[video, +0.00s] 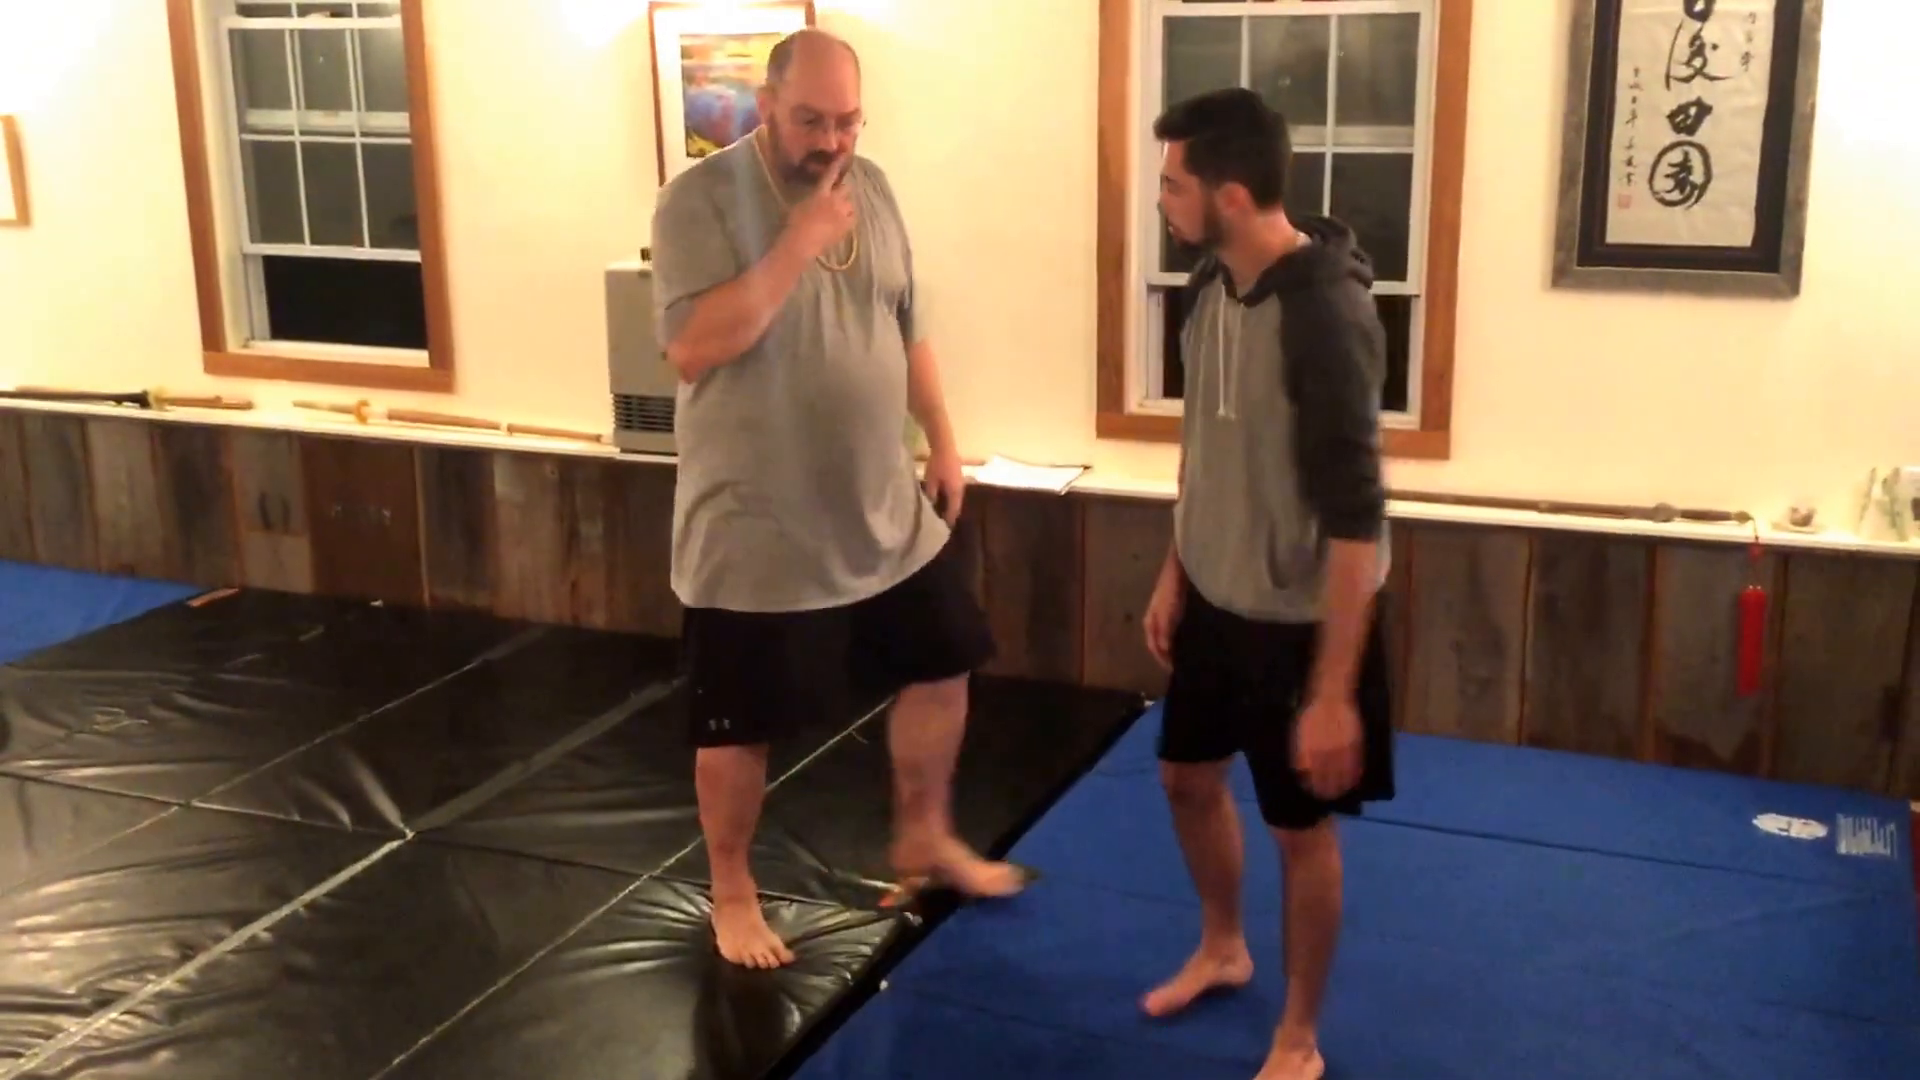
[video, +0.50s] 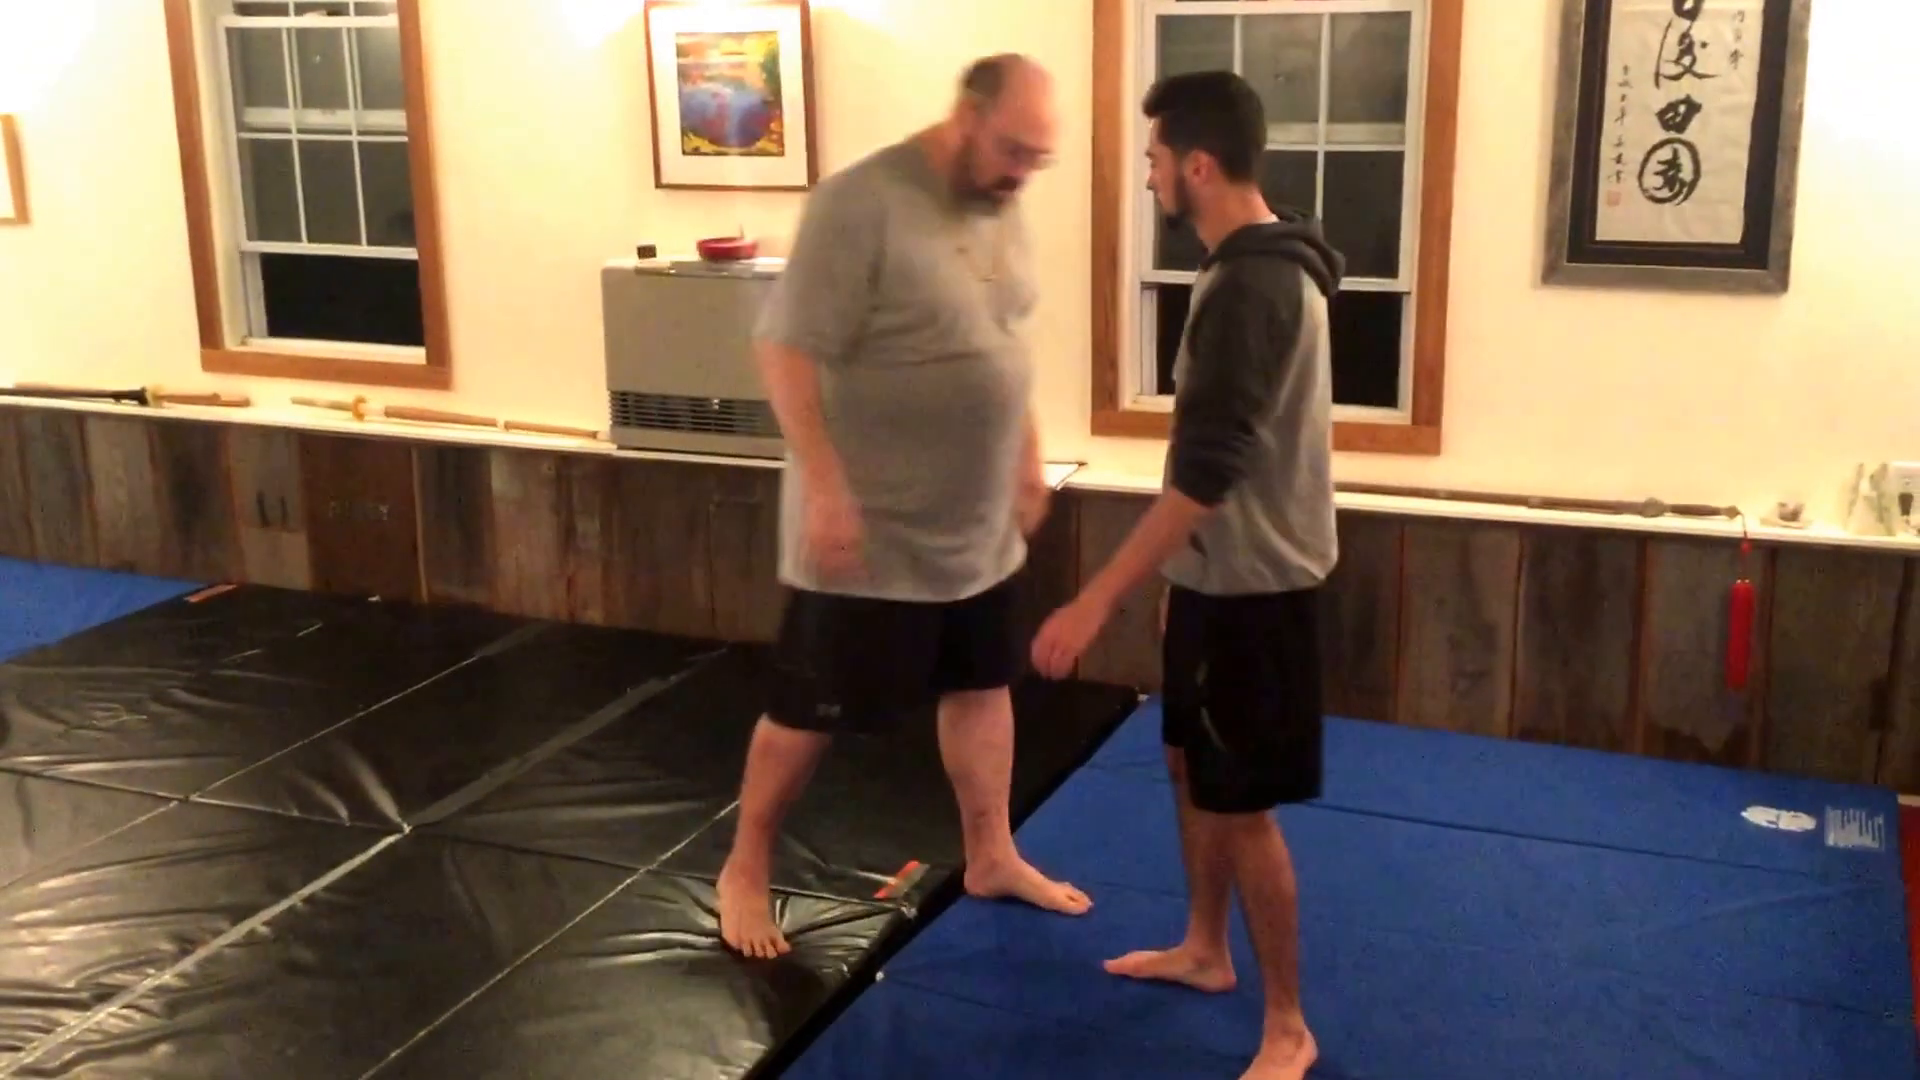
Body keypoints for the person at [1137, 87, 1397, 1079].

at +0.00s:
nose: (1163, 201)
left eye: (1174, 183)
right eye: (1164, 181)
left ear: (1232, 191)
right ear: (1228, 188)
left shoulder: (1324, 307)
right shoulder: (1213, 290)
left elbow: (1357, 517)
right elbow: (1211, 452)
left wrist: (1334, 693)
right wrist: (1173, 571)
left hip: (1298, 625)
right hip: (1213, 605)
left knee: (1303, 834)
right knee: (1188, 773)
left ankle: (1299, 1034)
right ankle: (1223, 948)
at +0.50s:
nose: (1151, 176)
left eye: (1159, 158)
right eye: (1152, 157)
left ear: (1201, 163)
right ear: (1226, 161)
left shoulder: (1249, 281)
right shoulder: (1274, 259)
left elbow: (1203, 479)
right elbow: (1253, 449)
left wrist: (1089, 606)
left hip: (1248, 581)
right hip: (1222, 573)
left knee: (1242, 803)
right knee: (1189, 756)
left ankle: (1288, 1028)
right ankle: (1204, 950)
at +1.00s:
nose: (1141, 207)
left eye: (1141, 186)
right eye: (1136, 189)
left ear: (1176, 176)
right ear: (1215, 171)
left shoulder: (1224, 280)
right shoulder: (1290, 261)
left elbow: (1198, 460)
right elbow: (1263, 436)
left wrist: (1149, 570)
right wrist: (1173, 545)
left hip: (1247, 571)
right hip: (1268, 556)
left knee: (1250, 800)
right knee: (1182, 748)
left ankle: (1320, 1042)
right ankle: (1199, 939)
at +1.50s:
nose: (1152, 211)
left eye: (1151, 191)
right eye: (1146, 193)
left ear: (1188, 181)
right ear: (1228, 174)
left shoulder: (1244, 293)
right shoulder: (1308, 265)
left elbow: (1250, 498)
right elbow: (1316, 438)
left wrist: (1214, 659)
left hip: (1273, 592)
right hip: (1292, 572)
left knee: (1275, 817)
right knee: (1200, 744)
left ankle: (1317, 1040)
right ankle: (1192, 929)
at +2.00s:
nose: (1156, 185)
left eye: (1162, 164)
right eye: (1156, 166)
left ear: (1207, 163)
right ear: (1238, 162)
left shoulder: (1242, 287)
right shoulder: (1299, 261)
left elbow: (1227, 477)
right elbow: (1289, 439)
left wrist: (1164, 605)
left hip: (1258, 582)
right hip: (1263, 567)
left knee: (1263, 807)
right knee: (1184, 744)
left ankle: (1315, 1031)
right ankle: (1184, 919)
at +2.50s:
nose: (1150, 171)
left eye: (1158, 151)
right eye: (1151, 151)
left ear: (1203, 157)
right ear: (1233, 156)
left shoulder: (1236, 282)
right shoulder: (1288, 255)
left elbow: (1223, 472)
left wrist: (1168, 605)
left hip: (1253, 574)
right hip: (1251, 560)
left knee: (1262, 795)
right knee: (1180, 740)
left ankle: (1312, 1024)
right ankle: (1181, 914)